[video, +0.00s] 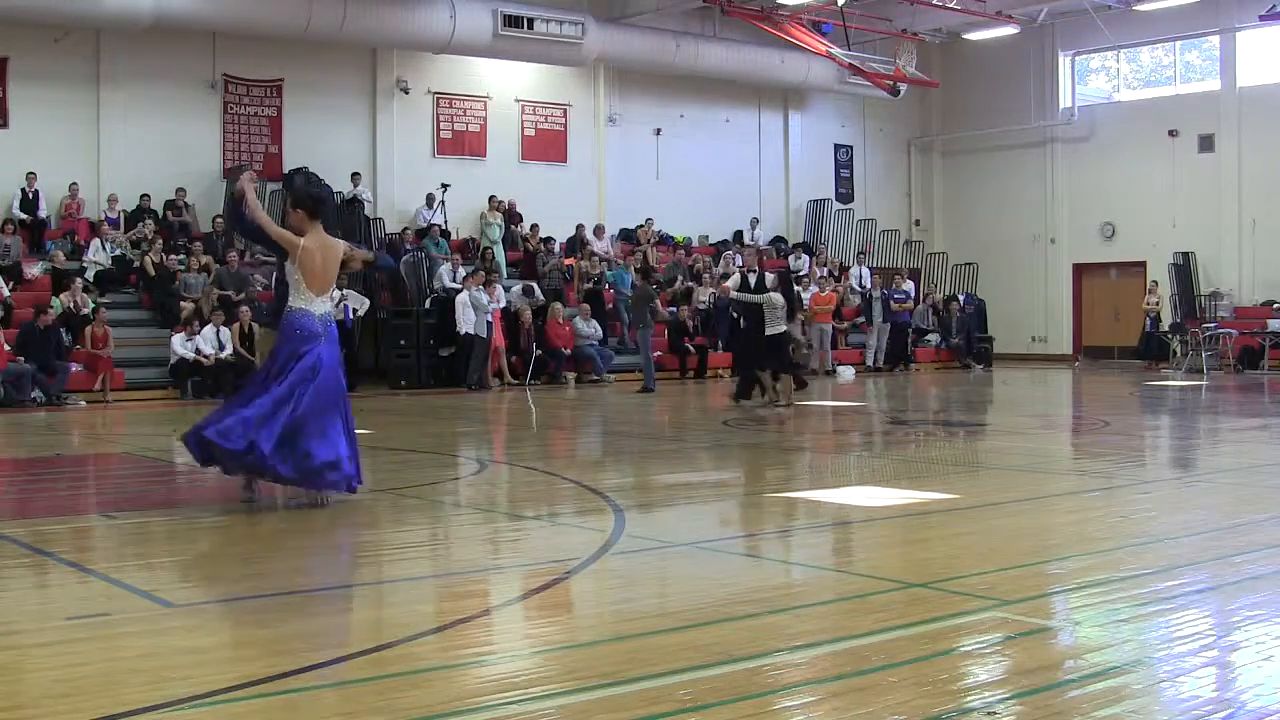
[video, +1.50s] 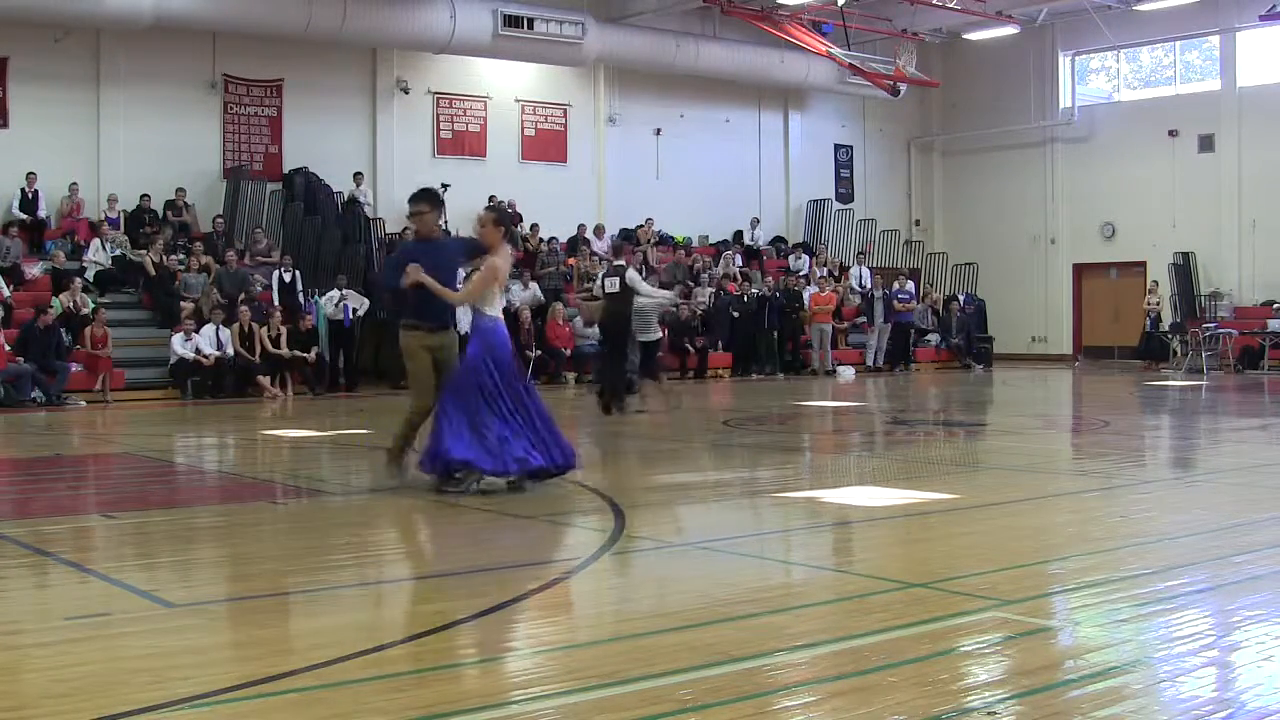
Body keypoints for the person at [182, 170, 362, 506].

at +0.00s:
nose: (287, 217)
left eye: (289, 211)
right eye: (289, 211)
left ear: (300, 212)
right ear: (319, 211)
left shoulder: (298, 244)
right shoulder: (340, 246)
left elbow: (258, 216)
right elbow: (365, 258)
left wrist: (248, 189)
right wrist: (357, 258)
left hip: (298, 328)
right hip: (326, 329)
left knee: (277, 395)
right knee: (321, 401)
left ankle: (252, 462)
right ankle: (318, 478)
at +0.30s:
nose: (320, 217)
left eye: (324, 212)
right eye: (321, 212)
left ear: (336, 217)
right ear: (349, 218)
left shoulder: (330, 248)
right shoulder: (364, 248)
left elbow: (295, 232)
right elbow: (379, 252)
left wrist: (265, 207)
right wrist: (383, 250)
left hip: (333, 328)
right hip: (356, 328)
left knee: (324, 400)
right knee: (356, 399)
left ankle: (325, 473)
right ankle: (374, 466)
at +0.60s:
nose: (363, 217)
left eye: (369, 213)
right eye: (364, 212)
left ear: (386, 219)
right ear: (387, 220)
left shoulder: (377, 250)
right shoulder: (396, 246)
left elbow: (331, 232)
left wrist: (298, 208)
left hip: (373, 328)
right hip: (388, 327)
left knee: (347, 392)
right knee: (389, 397)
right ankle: (406, 466)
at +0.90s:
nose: (416, 220)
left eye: (422, 215)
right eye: (417, 214)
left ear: (438, 222)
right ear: (437, 224)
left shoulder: (428, 253)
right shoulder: (437, 246)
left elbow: (379, 235)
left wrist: (342, 207)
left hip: (425, 329)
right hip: (426, 326)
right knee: (426, 394)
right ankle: (429, 461)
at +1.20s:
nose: (456, 224)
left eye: (461, 219)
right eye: (457, 218)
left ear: (476, 225)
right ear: (476, 225)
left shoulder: (463, 254)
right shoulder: (481, 248)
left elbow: (418, 245)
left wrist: (384, 226)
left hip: (456, 330)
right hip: (467, 329)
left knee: (441, 395)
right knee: (463, 396)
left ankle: (457, 463)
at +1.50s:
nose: (478, 230)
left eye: (483, 225)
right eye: (479, 225)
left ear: (499, 230)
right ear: (500, 230)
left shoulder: (495, 263)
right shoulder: (503, 256)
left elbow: (459, 299)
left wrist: (424, 278)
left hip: (486, 336)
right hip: (496, 333)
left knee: (455, 395)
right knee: (500, 399)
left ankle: (468, 464)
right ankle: (520, 460)